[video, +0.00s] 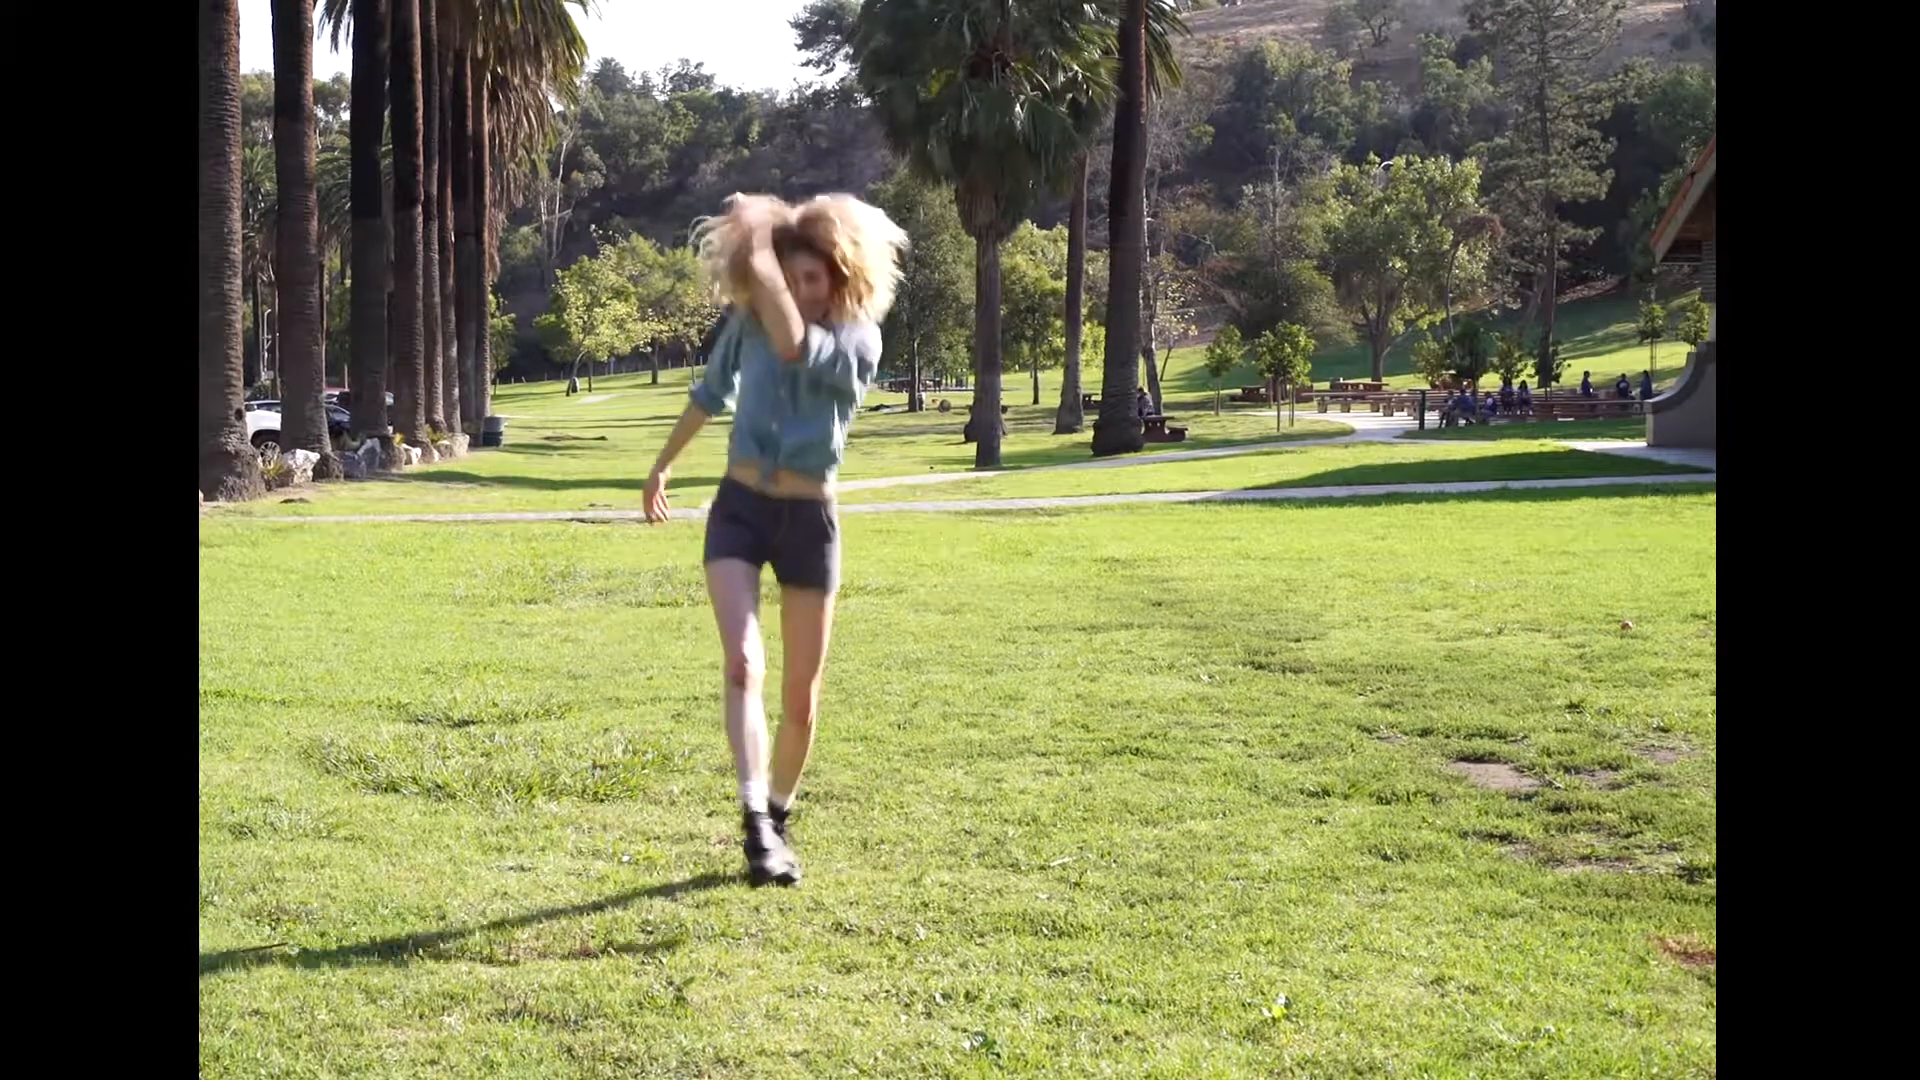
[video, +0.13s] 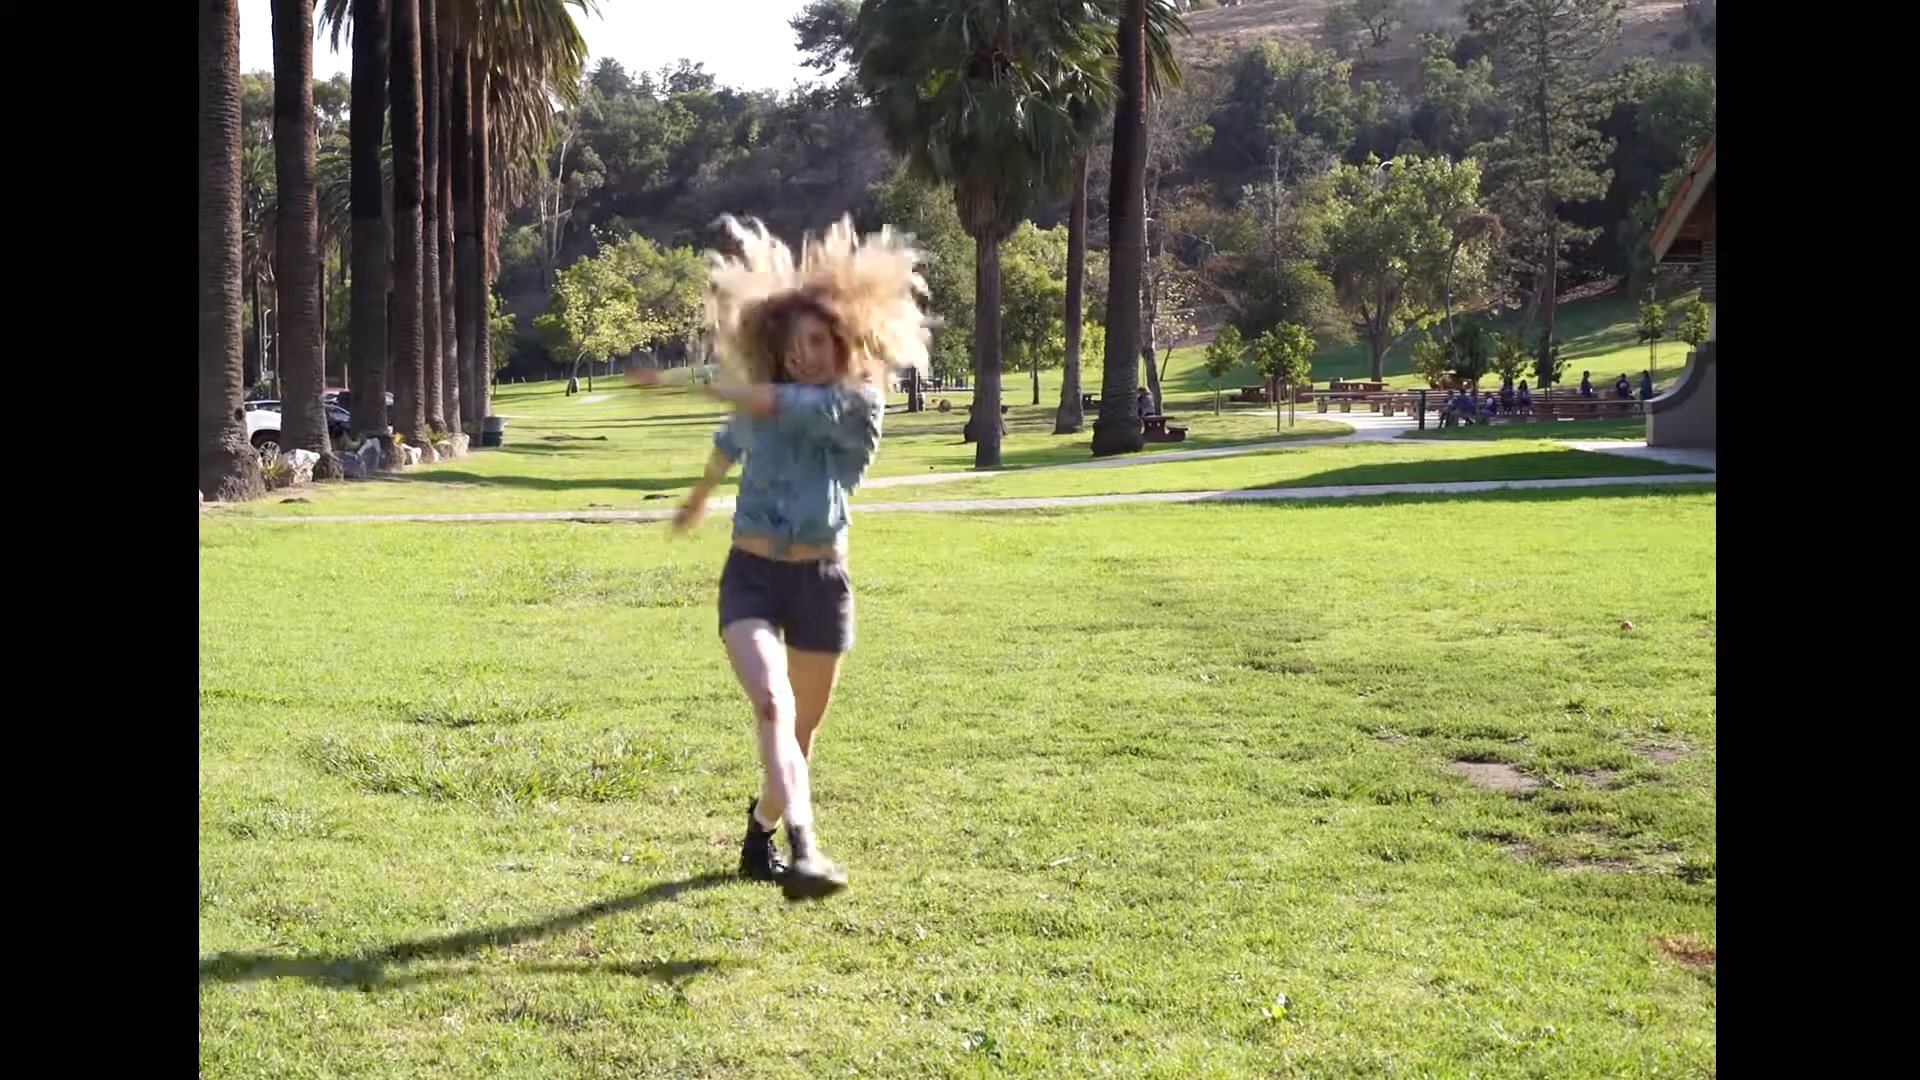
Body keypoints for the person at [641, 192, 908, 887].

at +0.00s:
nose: (802, 288)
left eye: (816, 273)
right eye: (791, 275)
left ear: (843, 276)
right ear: (775, 275)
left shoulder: (857, 339)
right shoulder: (746, 323)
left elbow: (793, 343)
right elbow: (706, 399)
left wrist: (759, 254)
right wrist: (661, 465)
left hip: (809, 520)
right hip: (737, 510)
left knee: (801, 698)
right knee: (743, 665)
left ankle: (776, 816)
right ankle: (757, 823)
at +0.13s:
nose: (806, 353)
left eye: (819, 340)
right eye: (795, 342)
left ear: (843, 344)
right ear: (778, 348)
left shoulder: (857, 403)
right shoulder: (761, 402)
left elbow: (776, 402)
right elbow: (725, 450)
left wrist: (676, 381)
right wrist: (697, 501)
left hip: (821, 580)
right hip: (750, 576)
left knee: (801, 730)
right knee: (773, 704)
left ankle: (761, 831)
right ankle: (804, 852)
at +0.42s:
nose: (804, 358)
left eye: (815, 342)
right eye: (790, 347)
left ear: (835, 343)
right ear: (770, 354)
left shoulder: (859, 410)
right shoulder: (775, 428)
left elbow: (921, 493)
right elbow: (749, 524)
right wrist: (697, 583)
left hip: (840, 613)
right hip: (764, 608)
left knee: (829, 784)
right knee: (781, 786)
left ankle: (879, 816)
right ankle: (839, 912)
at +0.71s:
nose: (831, 357)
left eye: (842, 342)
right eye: (817, 345)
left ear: (861, 341)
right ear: (792, 346)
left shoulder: (887, 410)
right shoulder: (770, 420)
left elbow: (993, 451)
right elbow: (708, 501)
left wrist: (1085, 490)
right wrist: (637, 584)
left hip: (848, 587)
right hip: (799, 605)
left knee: (829, 770)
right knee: (757, 811)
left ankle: (919, 960)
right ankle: (861, 917)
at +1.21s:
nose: (847, 334)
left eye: (860, 318)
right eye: (831, 324)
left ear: (883, 330)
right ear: (810, 341)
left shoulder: (898, 413)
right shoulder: (804, 421)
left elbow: (871, 424)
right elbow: (767, 446)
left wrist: (862, 353)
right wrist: (694, 456)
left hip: (854, 618)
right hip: (784, 608)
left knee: (836, 769)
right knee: (782, 788)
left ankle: (885, 960)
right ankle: (858, 900)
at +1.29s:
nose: (831, 321)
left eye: (843, 306)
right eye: (819, 310)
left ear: (871, 311)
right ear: (802, 325)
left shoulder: (882, 376)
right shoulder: (817, 391)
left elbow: (863, 431)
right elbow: (804, 461)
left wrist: (794, 353)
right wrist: (724, 435)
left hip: (866, 614)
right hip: (803, 606)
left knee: (807, 786)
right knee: (783, 788)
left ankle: (882, 976)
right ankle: (858, 912)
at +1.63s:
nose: (800, 309)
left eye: (815, 296)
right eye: (788, 296)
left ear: (842, 307)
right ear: (769, 309)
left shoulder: (834, 365)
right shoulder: (802, 382)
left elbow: (862, 424)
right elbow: (807, 438)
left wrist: (855, 490)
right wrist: (776, 454)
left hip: (894, 579)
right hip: (851, 595)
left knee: (809, 774)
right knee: (786, 813)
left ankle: (892, 957)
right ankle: (876, 972)